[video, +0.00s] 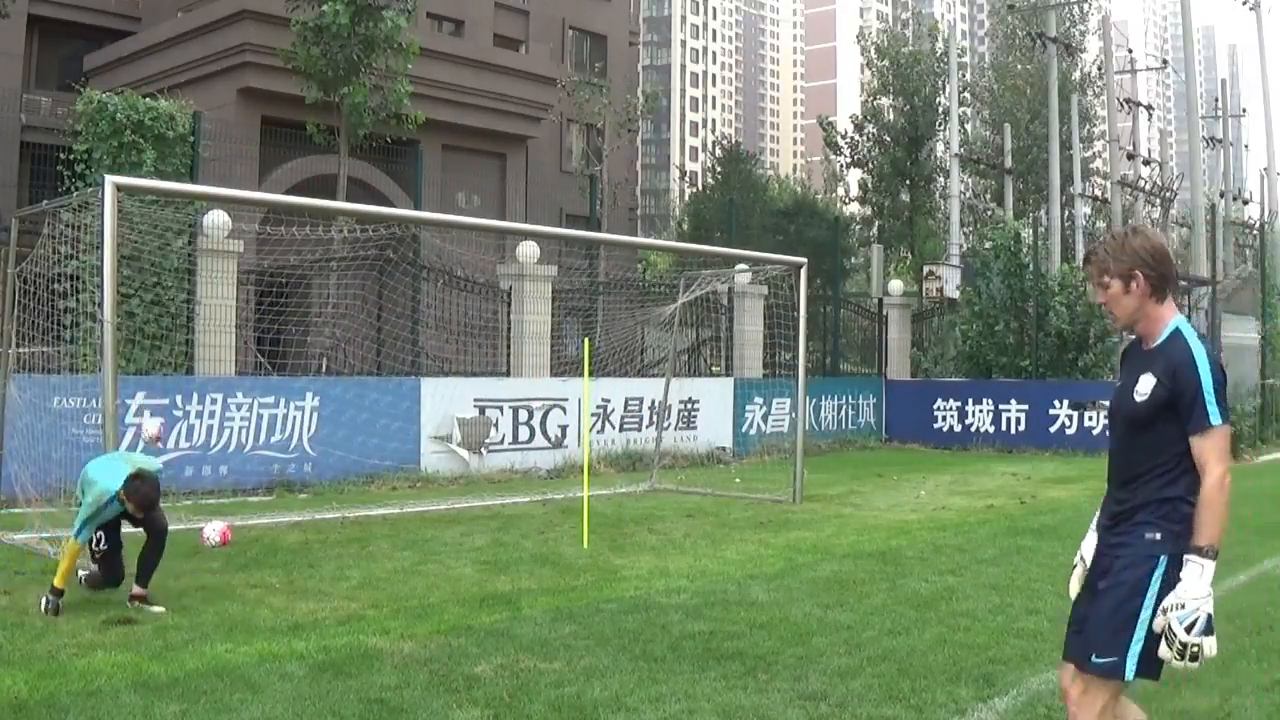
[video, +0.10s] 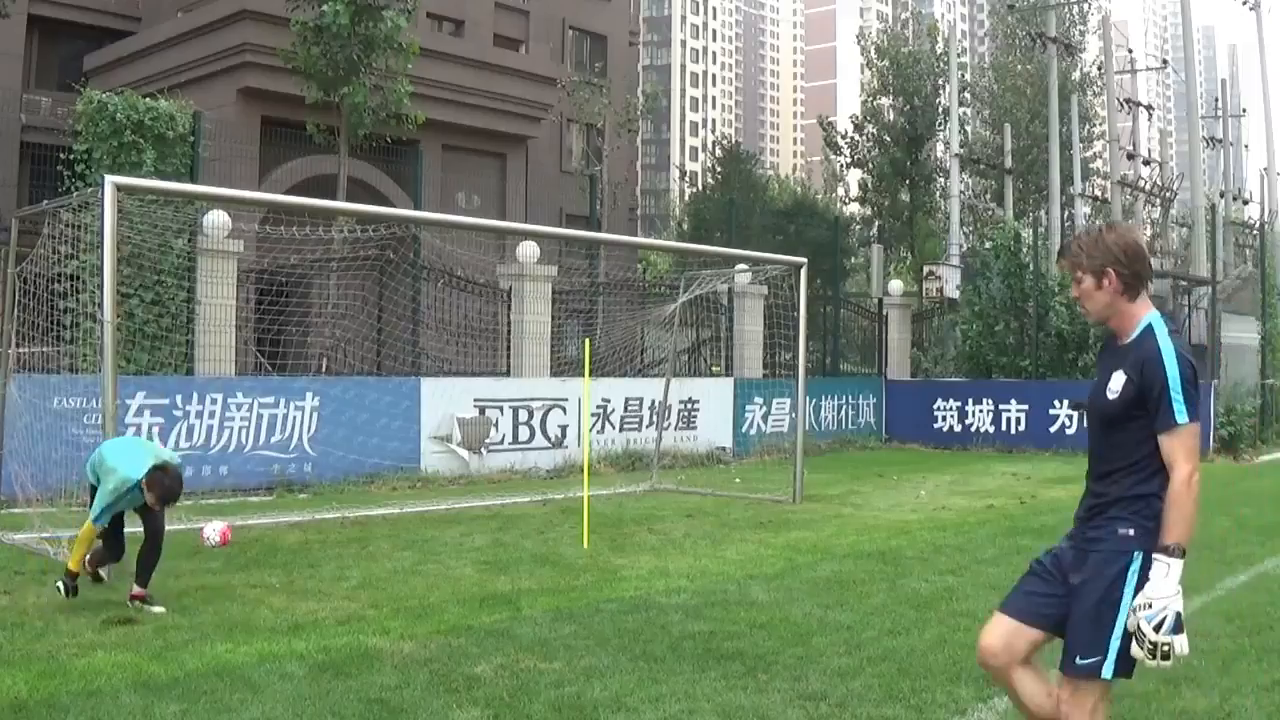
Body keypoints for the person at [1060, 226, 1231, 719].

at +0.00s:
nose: (1098, 299)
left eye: (1104, 287)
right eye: (1096, 287)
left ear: (1139, 283)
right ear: (1133, 286)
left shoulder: (1190, 356)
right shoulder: (1136, 351)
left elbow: (1217, 473)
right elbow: (1131, 462)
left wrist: (1198, 575)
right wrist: (1098, 531)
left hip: (1155, 543)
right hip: (1118, 537)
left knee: (1090, 695)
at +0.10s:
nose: (1073, 295)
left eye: (1079, 282)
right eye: (1072, 283)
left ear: (1111, 281)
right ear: (1107, 284)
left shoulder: (1161, 355)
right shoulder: (1116, 346)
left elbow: (1186, 472)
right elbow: (1123, 457)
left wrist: (1166, 577)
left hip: (1128, 547)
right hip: (1085, 537)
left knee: (1078, 703)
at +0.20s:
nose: (1058, 287)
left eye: (1063, 276)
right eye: (1058, 276)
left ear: (1095, 278)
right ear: (1093, 279)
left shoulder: (1146, 351)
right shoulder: (1108, 341)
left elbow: (1171, 468)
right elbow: (1114, 454)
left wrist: (1144, 570)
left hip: (1112, 547)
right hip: (1069, 534)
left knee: (1080, 705)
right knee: (967, 623)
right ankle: (997, 715)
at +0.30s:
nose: (1041, 286)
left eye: (1045, 273)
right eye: (1040, 274)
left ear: (1076, 277)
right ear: (1079, 278)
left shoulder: (1130, 352)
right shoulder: (1093, 342)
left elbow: (1152, 471)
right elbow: (1099, 456)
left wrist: (1112, 570)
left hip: (1097, 552)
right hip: (1055, 537)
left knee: (1074, 705)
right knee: (948, 620)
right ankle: (920, 716)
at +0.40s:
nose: (1034, 289)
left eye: (1038, 276)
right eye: (1033, 277)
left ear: (1069, 277)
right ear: (1072, 278)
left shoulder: (1123, 351)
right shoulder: (1087, 342)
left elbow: (1142, 470)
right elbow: (1092, 457)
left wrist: (1097, 566)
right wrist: (1054, 530)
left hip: (1093, 548)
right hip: (1050, 536)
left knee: (1067, 704)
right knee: (946, 633)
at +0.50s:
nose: (1023, 296)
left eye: (1026, 282)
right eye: (1020, 284)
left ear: (1058, 274)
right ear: (1057, 276)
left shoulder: (1114, 345)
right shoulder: (1077, 337)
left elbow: (1136, 463)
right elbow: (1086, 450)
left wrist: (1091, 553)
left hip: (1091, 542)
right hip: (1048, 528)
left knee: (1065, 700)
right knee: (943, 622)